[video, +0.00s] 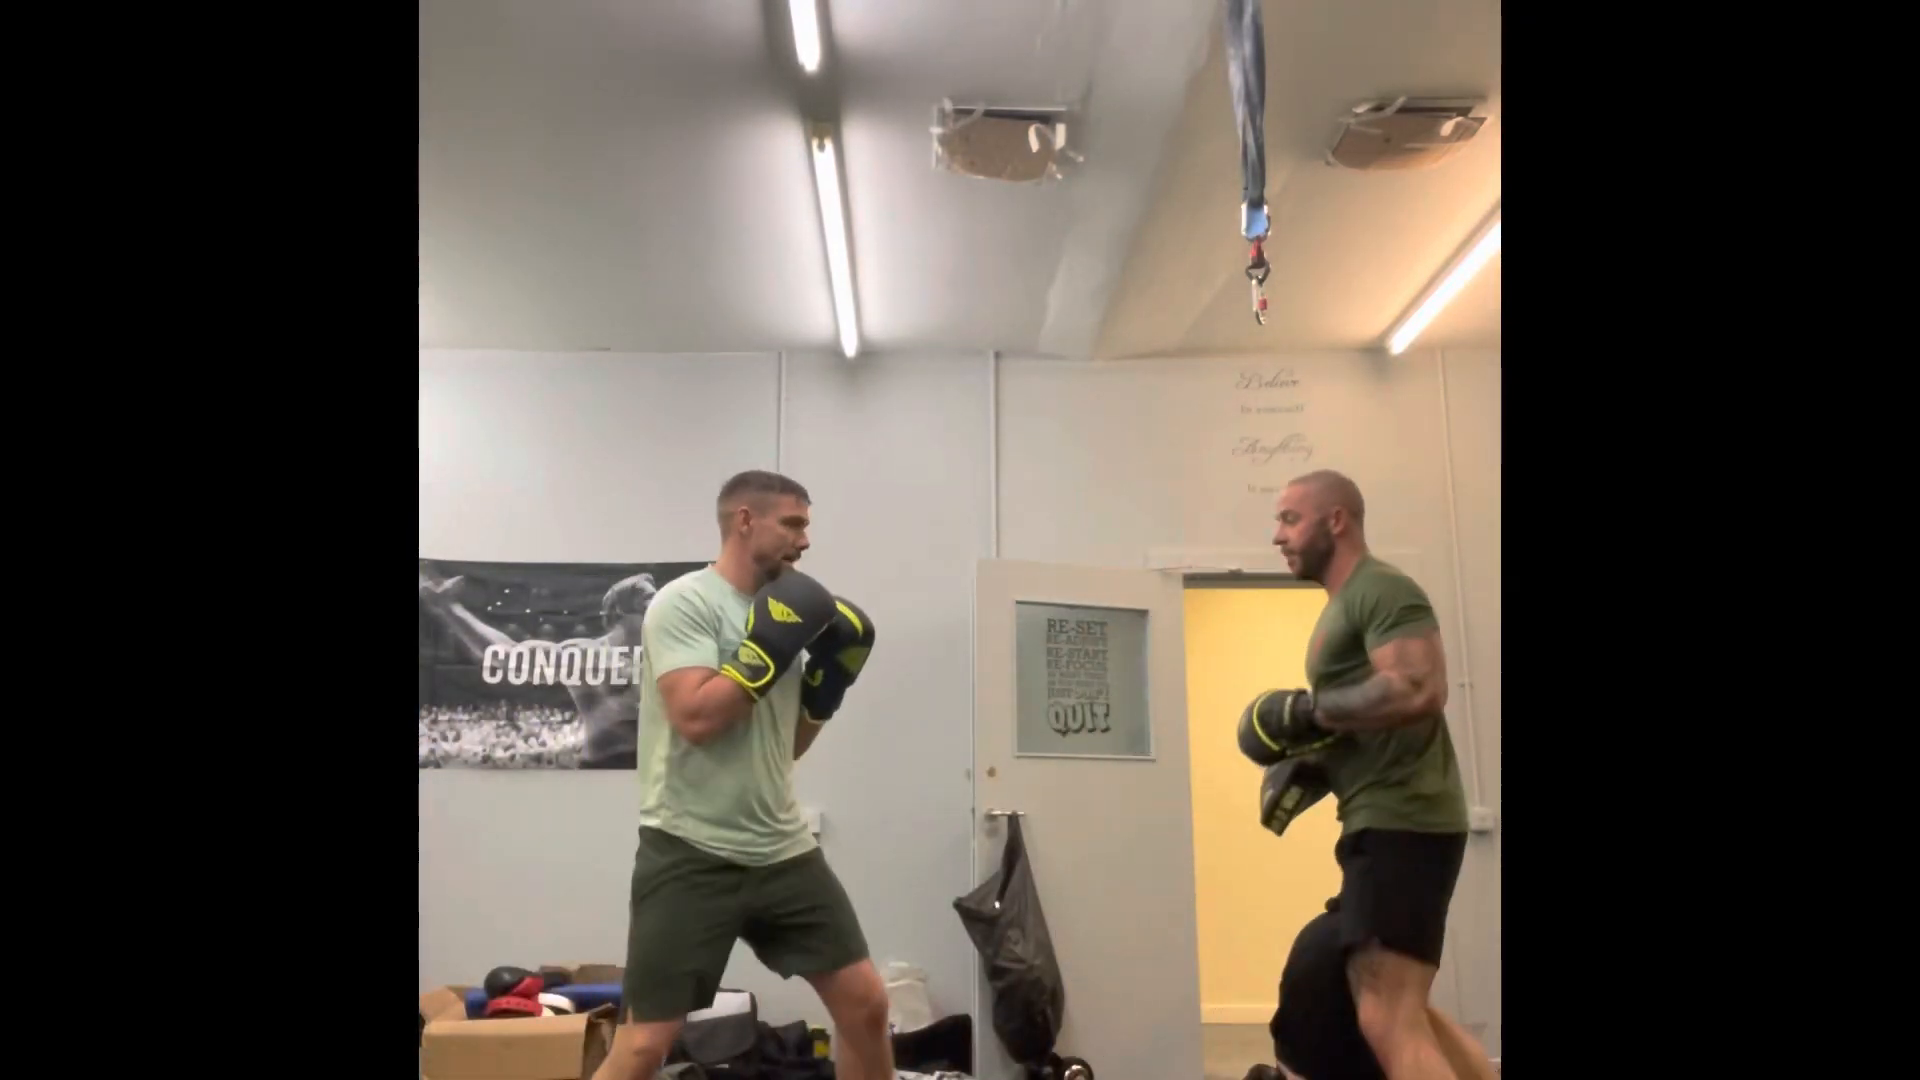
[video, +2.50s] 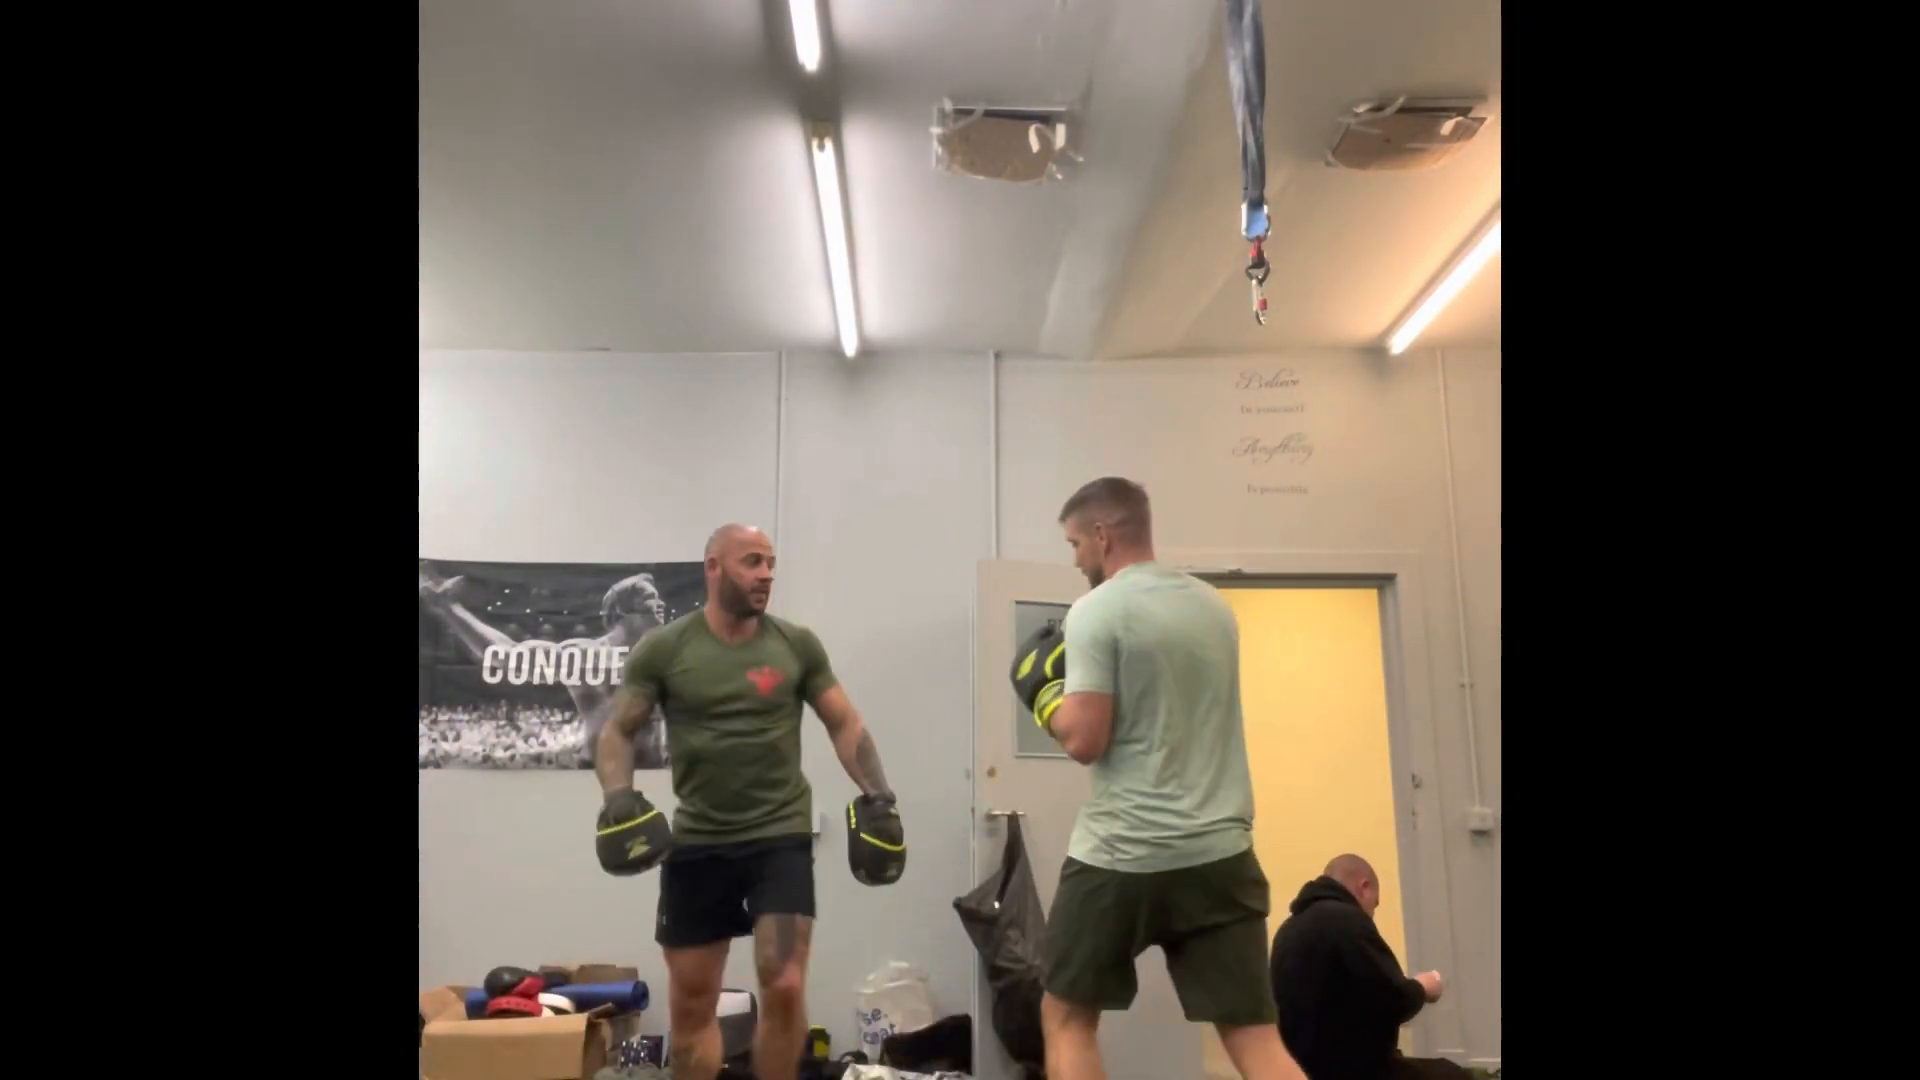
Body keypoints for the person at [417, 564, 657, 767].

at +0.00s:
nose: (656, 609)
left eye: (655, 602)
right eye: (647, 603)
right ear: (620, 612)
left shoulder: (665, 651)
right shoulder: (581, 655)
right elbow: (508, 653)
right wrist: (448, 607)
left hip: (657, 763)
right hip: (607, 764)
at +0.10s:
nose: (660, 604)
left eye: (658, 598)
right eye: (649, 599)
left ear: (658, 606)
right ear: (621, 611)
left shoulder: (666, 647)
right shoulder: (580, 655)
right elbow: (508, 654)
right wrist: (449, 609)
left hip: (652, 772)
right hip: (601, 772)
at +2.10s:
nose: (662, 608)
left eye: (660, 601)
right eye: (651, 602)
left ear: (652, 611)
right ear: (623, 613)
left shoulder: (665, 648)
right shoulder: (580, 655)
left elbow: (708, 634)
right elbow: (506, 653)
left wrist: (736, 604)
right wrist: (449, 608)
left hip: (651, 772)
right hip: (599, 774)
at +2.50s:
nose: (660, 617)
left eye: (661, 609)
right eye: (650, 609)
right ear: (621, 615)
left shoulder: (661, 652)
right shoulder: (582, 656)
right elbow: (508, 653)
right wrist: (447, 608)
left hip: (659, 770)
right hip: (605, 771)